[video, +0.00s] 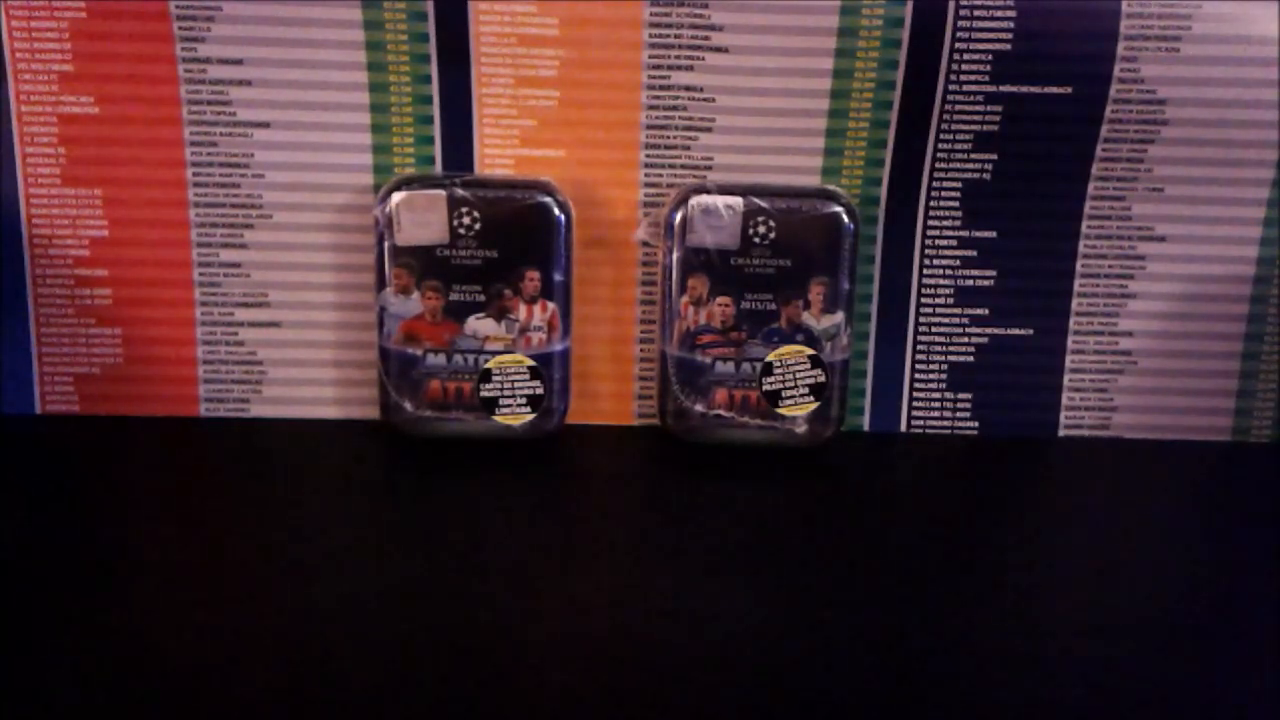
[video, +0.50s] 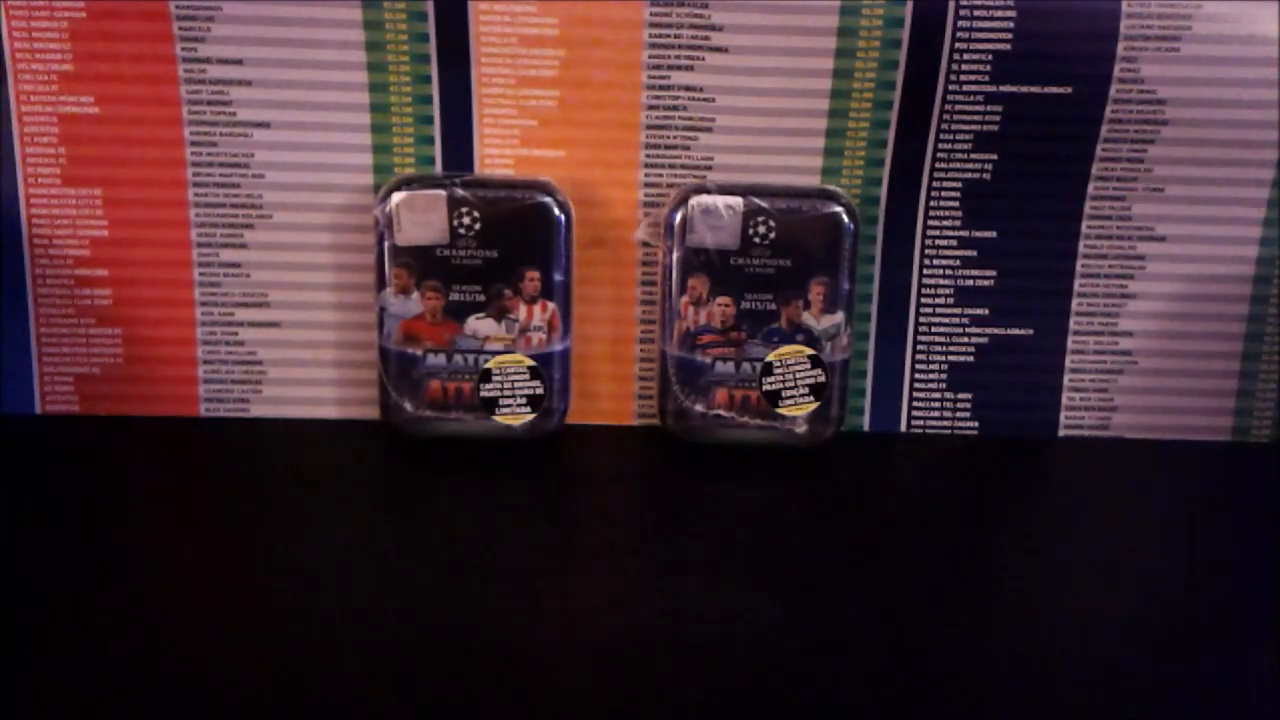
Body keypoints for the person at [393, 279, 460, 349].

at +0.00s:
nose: (433, 303)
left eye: (437, 299)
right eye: (429, 298)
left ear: (444, 301)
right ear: (422, 301)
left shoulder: (454, 328)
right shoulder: (409, 326)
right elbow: (395, 347)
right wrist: (420, 347)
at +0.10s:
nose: (433, 303)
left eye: (437, 299)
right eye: (429, 298)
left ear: (443, 301)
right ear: (422, 301)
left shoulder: (454, 328)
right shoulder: (408, 326)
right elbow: (395, 347)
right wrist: (420, 347)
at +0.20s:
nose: (433, 303)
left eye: (437, 299)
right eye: (429, 299)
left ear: (444, 301)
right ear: (422, 301)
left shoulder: (454, 328)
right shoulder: (408, 326)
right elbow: (395, 347)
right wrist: (420, 346)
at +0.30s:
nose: (433, 303)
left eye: (437, 299)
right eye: (429, 299)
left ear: (443, 301)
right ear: (422, 301)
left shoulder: (454, 328)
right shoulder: (408, 326)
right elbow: (395, 346)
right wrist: (420, 346)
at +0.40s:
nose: (433, 303)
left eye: (437, 299)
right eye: (429, 298)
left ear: (444, 301)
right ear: (422, 301)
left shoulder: (454, 328)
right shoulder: (407, 326)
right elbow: (396, 347)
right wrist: (421, 347)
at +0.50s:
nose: (433, 303)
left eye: (437, 299)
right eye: (429, 299)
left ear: (444, 301)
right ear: (422, 301)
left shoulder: (454, 328)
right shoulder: (407, 326)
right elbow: (396, 348)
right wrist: (421, 346)